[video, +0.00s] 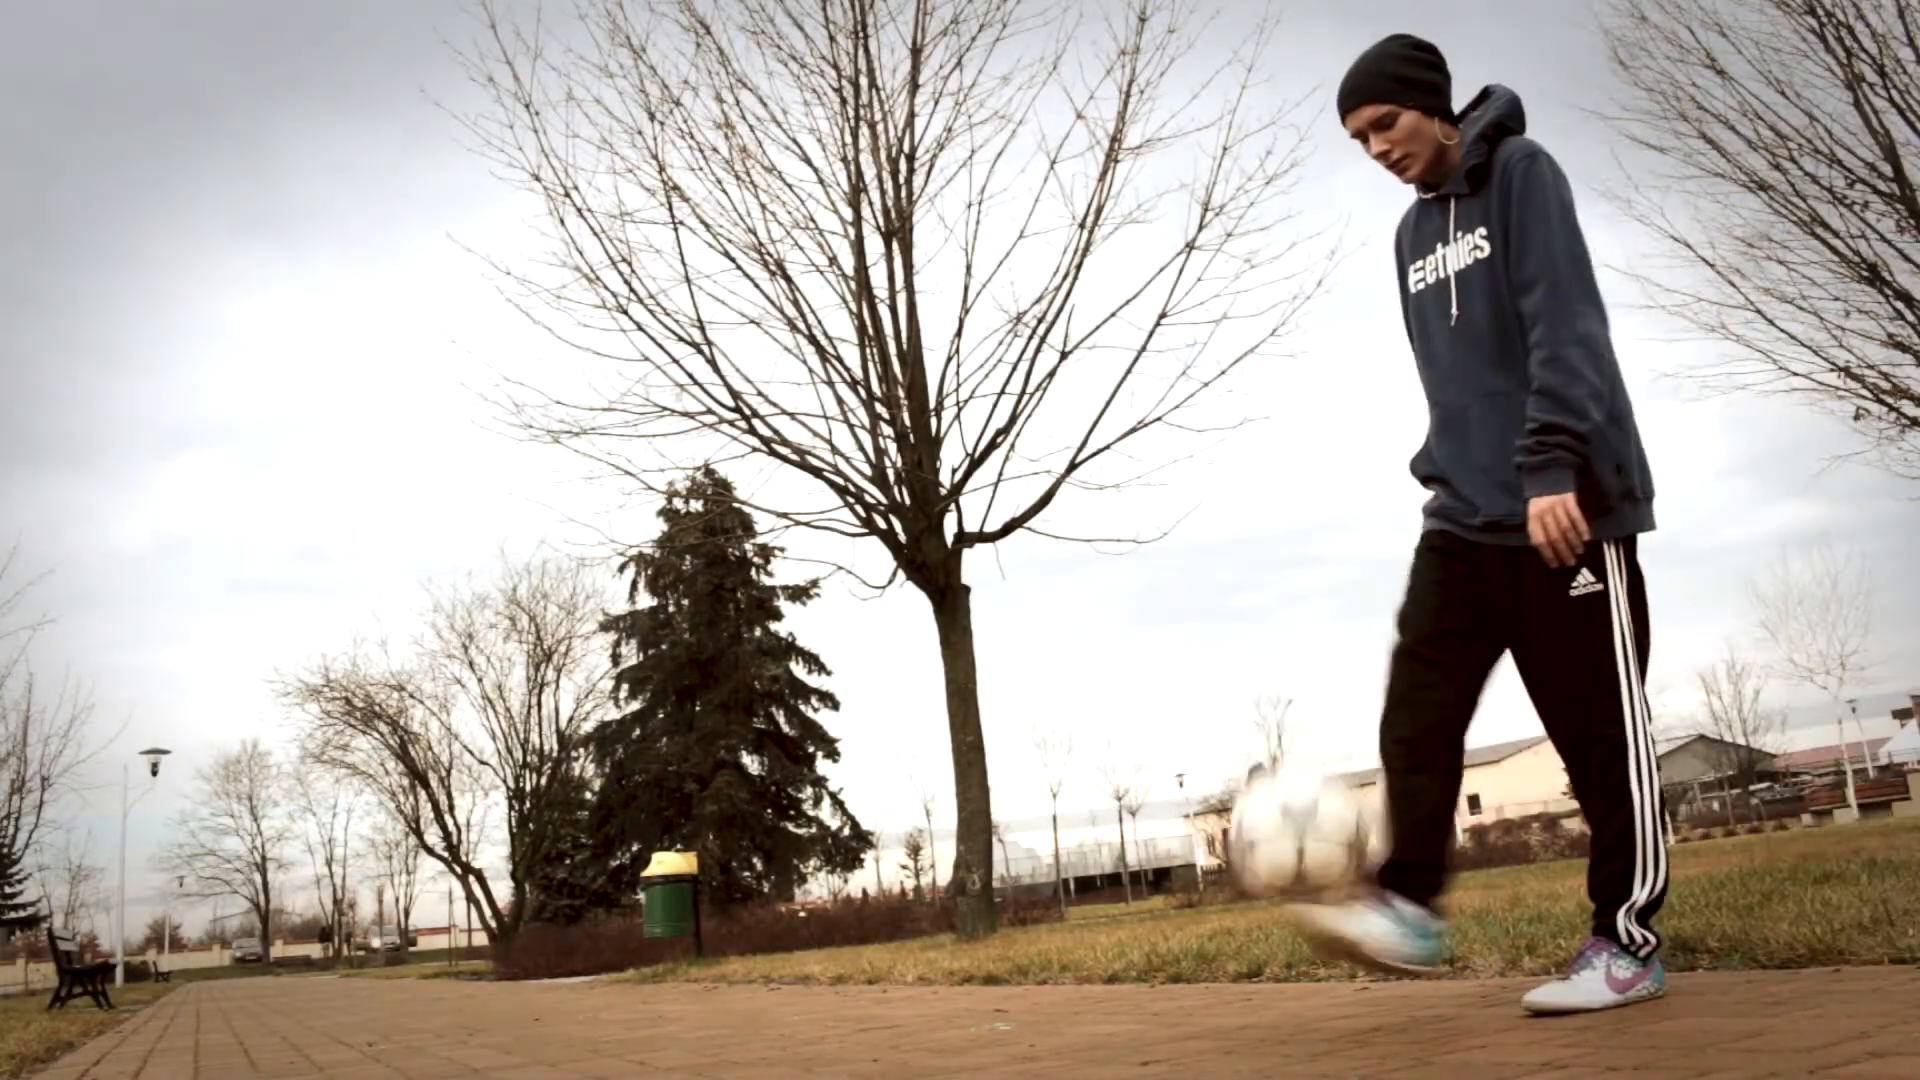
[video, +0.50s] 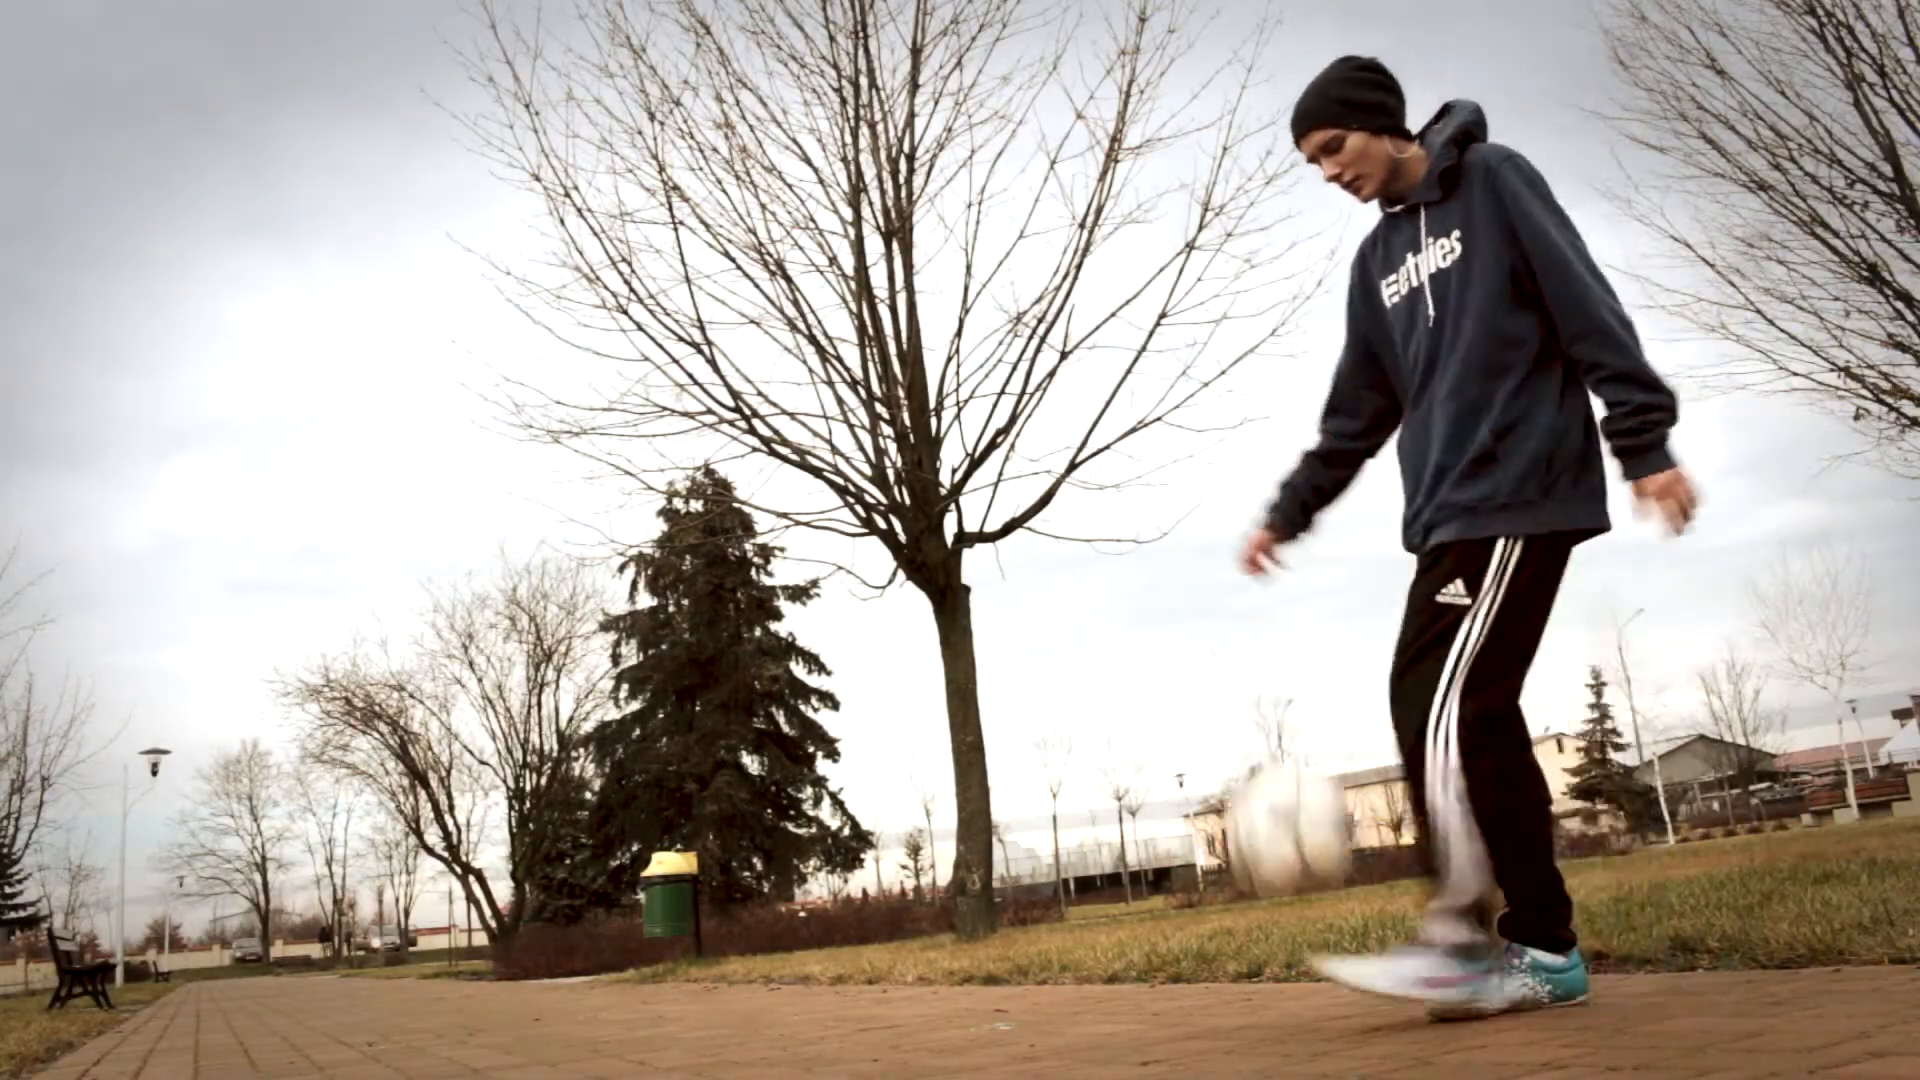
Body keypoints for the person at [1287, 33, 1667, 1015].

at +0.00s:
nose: (1379, 149)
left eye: (1387, 125)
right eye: (1364, 139)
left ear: (1431, 103)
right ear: (1366, 143)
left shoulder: (1520, 171)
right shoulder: (1412, 231)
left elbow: (1564, 322)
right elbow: (1449, 364)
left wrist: (1553, 469)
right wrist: (1452, 466)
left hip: (1563, 497)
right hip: (1465, 509)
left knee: (1602, 726)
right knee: (1422, 700)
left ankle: (1627, 943)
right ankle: (1409, 904)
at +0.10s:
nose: (1373, 149)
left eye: (1380, 124)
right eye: (1357, 138)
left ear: (1425, 103)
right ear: (1359, 142)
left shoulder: (1516, 171)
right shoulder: (1405, 232)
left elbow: (1558, 325)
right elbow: (1445, 370)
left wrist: (1536, 469)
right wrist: (1448, 490)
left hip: (1563, 504)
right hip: (1463, 519)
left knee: (1602, 732)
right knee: (1435, 718)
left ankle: (1628, 944)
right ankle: (1399, 907)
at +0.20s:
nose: (1368, 147)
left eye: (1375, 123)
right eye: (1352, 138)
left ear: (1424, 100)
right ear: (1356, 145)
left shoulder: (1513, 171)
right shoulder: (1402, 229)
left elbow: (1560, 323)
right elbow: (1436, 369)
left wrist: (1527, 459)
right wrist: (1436, 488)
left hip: (1551, 510)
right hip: (1452, 519)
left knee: (1590, 729)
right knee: (1436, 718)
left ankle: (1628, 944)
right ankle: (1468, 938)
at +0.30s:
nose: (1360, 150)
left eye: (1367, 126)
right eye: (1346, 141)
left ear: (1416, 101)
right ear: (1351, 147)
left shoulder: (1508, 170)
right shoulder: (1395, 234)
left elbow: (1565, 318)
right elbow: (1419, 373)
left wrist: (1551, 460)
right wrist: (1423, 485)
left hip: (1530, 510)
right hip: (1439, 525)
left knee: (1574, 731)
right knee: (1465, 742)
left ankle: (1624, 945)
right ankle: (1530, 949)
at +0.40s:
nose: (1348, 160)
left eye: (1353, 136)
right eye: (1333, 151)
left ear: (1402, 111)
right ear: (1340, 155)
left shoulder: (1503, 178)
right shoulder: (1386, 247)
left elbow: (1578, 315)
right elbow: (1386, 404)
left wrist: (1595, 458)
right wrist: (1354, 519)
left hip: (1528, 494)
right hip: (1441, 516)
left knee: (1496, 708)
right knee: (1466, 719)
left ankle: (1590, 921)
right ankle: (1535, 945)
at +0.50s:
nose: (1333, 171)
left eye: (1337, 147)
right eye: (1318, 162)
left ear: (1387, 119)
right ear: (1328, 164)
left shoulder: (1490, 178)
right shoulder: (1377, 257)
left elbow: (1584, 301)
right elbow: (1360, 404)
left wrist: (1645, 445)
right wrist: (1286, 512)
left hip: (1525, 491)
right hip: (1449, 510)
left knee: (1429, 695)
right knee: (1479, 716)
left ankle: (1467, 930)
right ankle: (1546, 949)